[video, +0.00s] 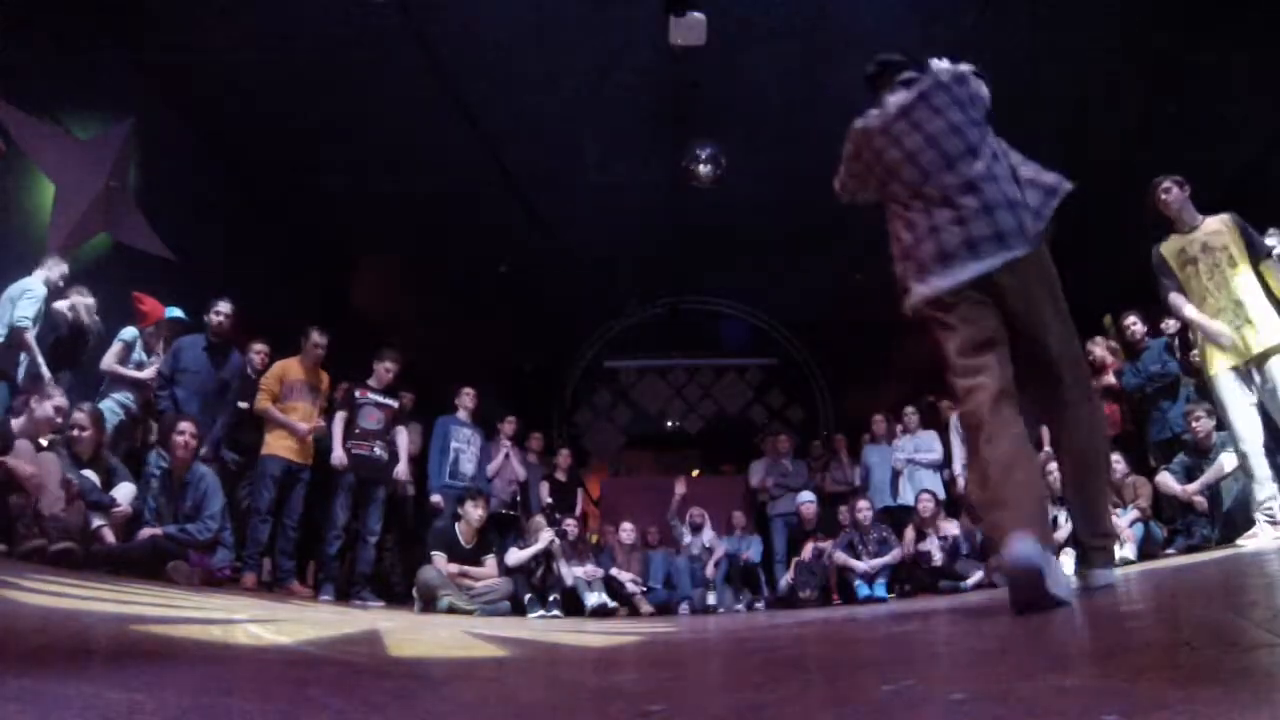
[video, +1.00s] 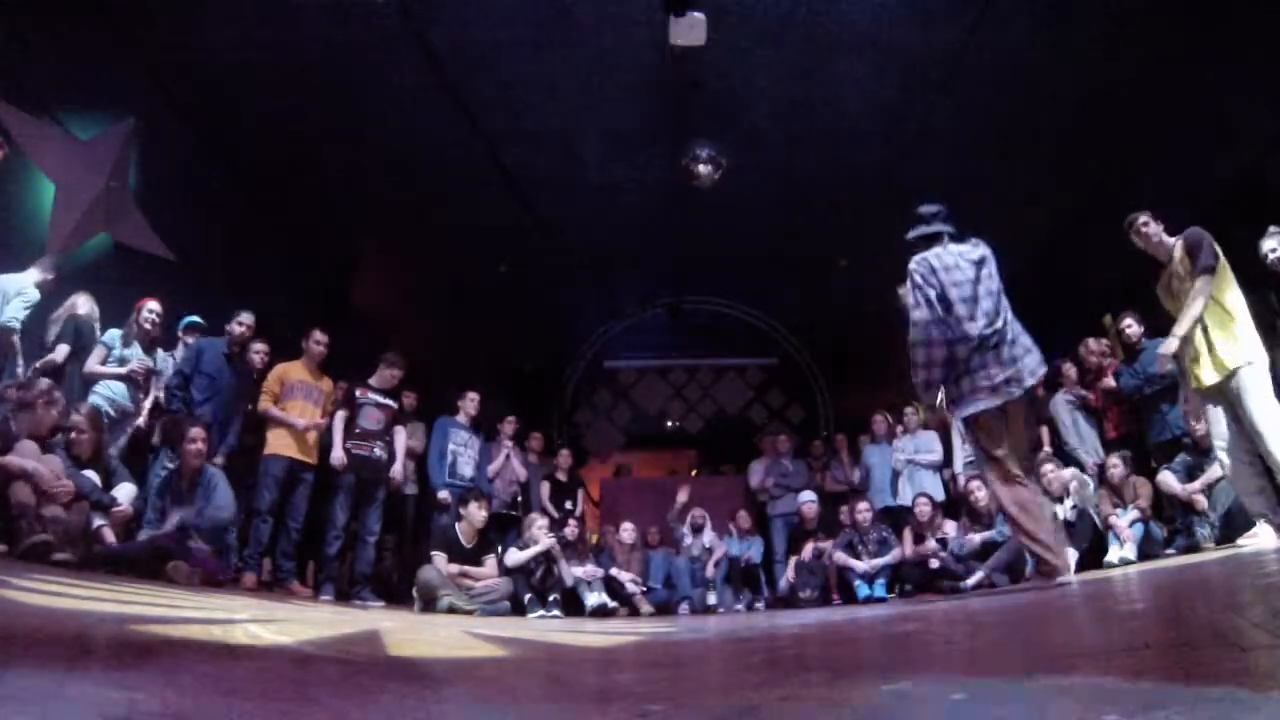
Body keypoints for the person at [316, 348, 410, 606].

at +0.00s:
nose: (389, 376)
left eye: (393, 373)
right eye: (386, 370)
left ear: (396, 376)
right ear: (375, 366)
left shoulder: (394, 403)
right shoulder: (353, 392)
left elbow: (400, 432)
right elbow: (339, 420)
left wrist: (403, 461)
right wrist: (337, 449)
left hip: (379, 466)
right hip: (351, 462)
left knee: (371, 530)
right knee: (339, 525)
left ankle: (360, 586)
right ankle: (327, 583)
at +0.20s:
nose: (390, 378)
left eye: (395, 375)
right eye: (387, 372)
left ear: (398, 377)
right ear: (377, 368)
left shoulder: (395, 403)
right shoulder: (354, 391)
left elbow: (401, 432)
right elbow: (339, 420)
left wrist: (400, 462)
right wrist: (337, 451)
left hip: (379, 468)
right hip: (351, 463)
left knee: (371, 530)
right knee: (338, 525)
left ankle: (361, 586)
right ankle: (327, 583)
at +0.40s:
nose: (392, 380)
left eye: (396, 377)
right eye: (389, 374)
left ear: (398, 378)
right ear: (378, 369)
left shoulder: (394, 403)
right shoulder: (354, 391)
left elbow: (400, 432)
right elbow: (339, 419)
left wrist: (397, 462)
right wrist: (337, 450)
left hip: (379, 466)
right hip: (351, 461)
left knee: (371, 530)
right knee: (339, 525)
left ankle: (360, 586)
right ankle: (327, 583)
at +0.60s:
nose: (392, 379)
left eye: (397, 376)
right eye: (389, 373)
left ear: (399, 378)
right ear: (378, 370)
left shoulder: (395, 403)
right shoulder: (354, 391)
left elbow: (399, 431)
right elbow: (339, 418)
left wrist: (397, 461)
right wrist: (337, 449)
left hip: (378, 466)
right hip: (351, 461)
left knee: (371, 530)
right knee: (339, 525)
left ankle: (361, 586)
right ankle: (328, 583)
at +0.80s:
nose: (392, 380)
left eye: (397, 376)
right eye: (390, 374)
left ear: (399, 378)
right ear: (379, 369)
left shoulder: (395, 403)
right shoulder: (355, 391)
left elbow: (399, 431)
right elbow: (339, 418)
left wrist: (398, 460)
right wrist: (336, 448)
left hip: (378, 466)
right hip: (350, 461)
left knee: (370, 530)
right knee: (338, 525)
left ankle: (361, 586)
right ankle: (327, 583)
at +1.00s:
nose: (394, 380)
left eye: (398, 377)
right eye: (392, 374)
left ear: (399, 378)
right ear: (381, 369)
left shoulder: (395, 402)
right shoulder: (355, 390)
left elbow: (400, 431)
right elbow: (340, 417)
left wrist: (399, 461)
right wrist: (337, 447)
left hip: (379, 465)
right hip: (351, 460)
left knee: (370, 530)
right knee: (338, 525)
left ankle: (361, 586)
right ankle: (327, 583)